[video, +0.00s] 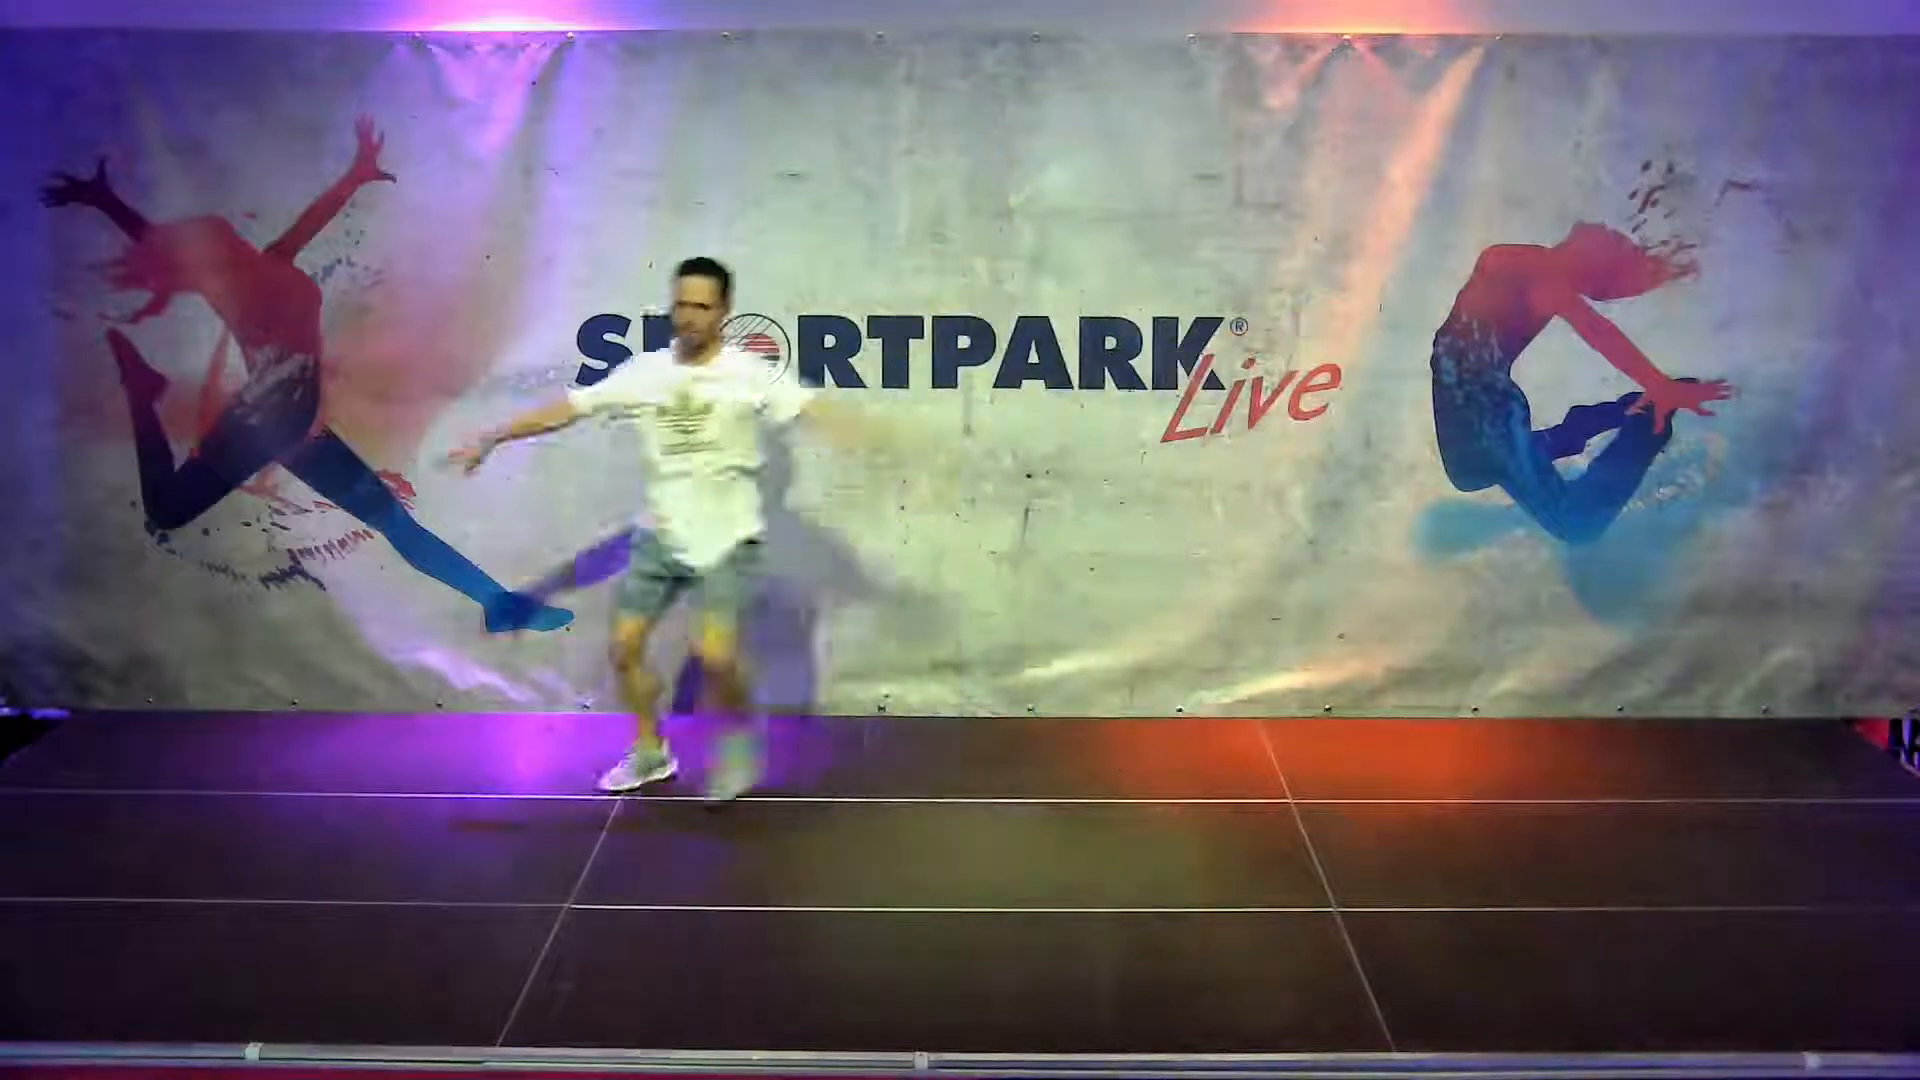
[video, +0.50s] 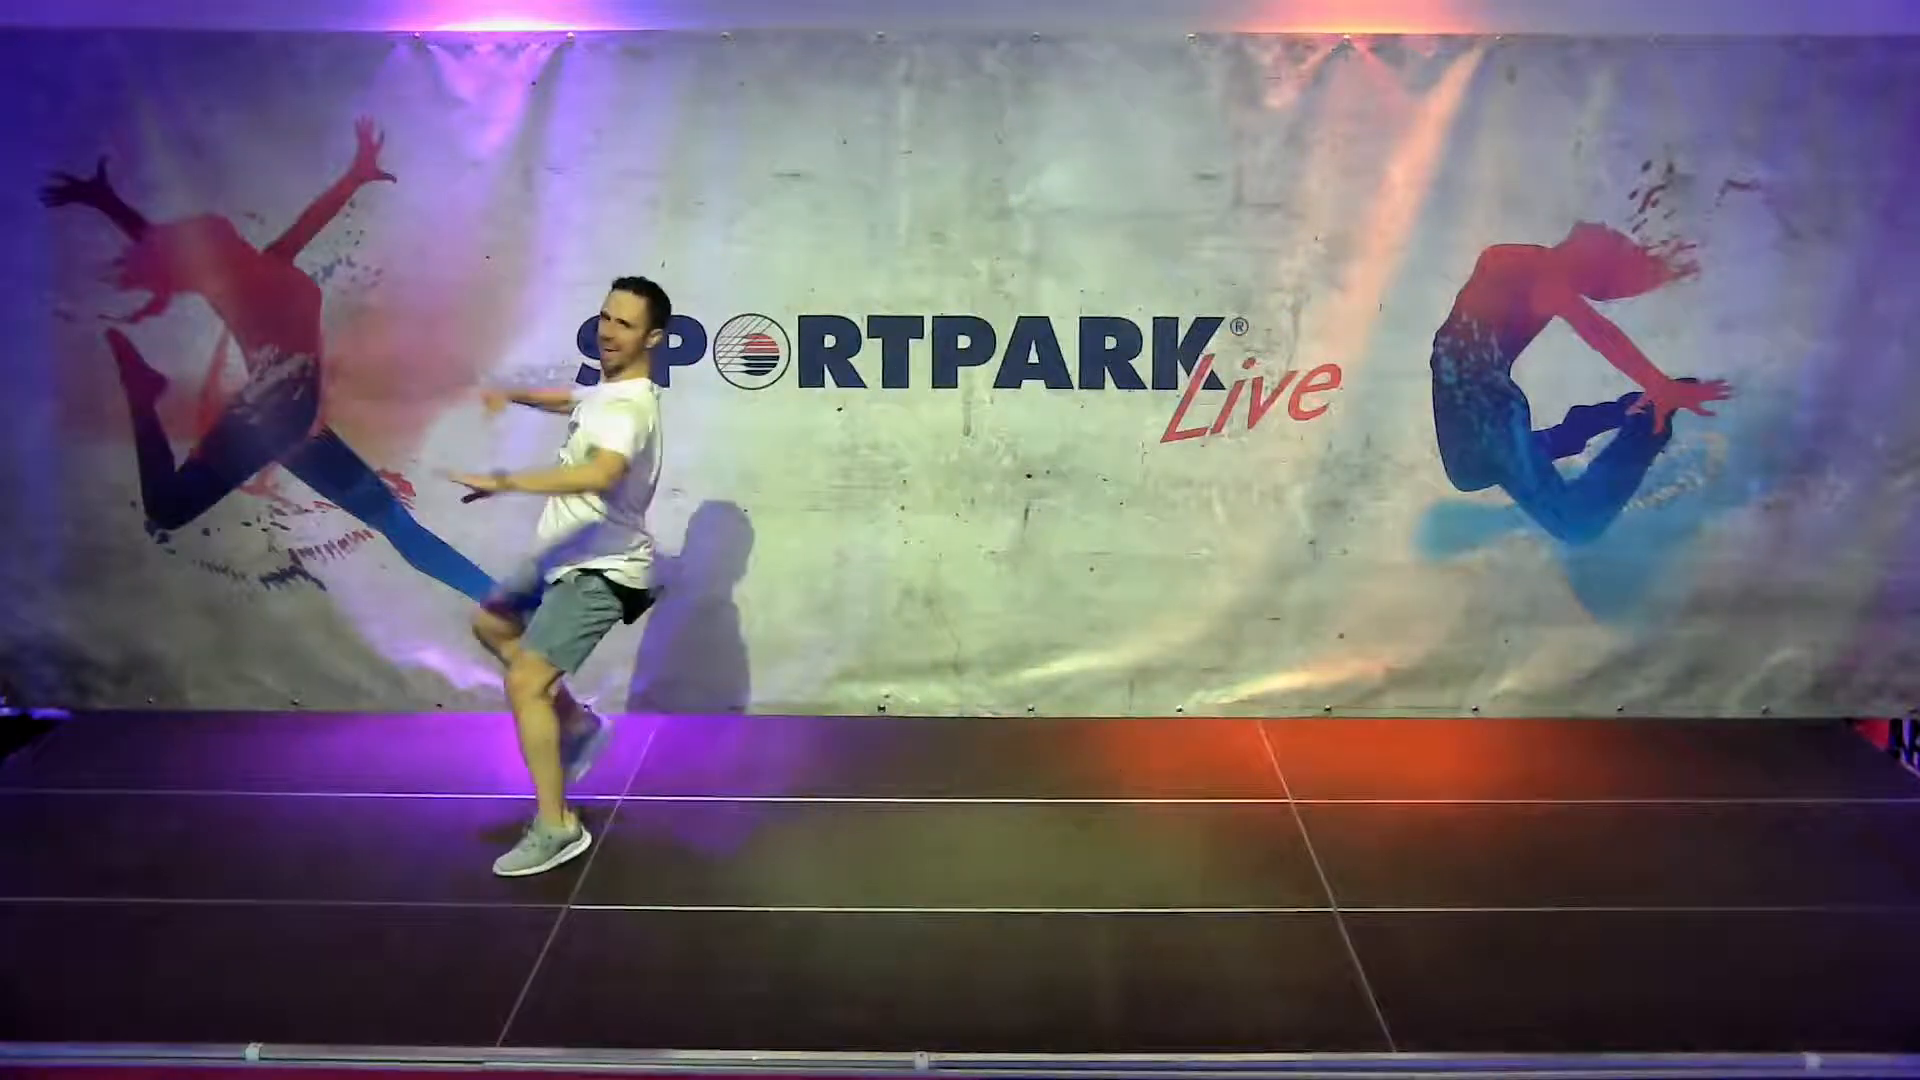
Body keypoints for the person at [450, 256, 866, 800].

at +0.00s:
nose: (687, 316)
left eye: (700, 307)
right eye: (681, 305)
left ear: (724, 313)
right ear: (672, 308)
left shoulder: (750, 375)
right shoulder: (646, 372)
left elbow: (817, 413)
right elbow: (571, 408)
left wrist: (879, 438)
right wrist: (494, 437)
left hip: (730, 536)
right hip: (662, 533)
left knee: (714, 652)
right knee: (625, 645)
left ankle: (740, 741)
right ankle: (650, 752)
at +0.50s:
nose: (607, 332)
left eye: (622, 325)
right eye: (606, 319)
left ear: (652, 338)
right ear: (603, 322)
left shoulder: (630, 404)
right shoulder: (611, 387)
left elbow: (602, 472)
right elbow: (574, 402)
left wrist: (507, 483)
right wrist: (513, 394)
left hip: (605, 568)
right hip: (571, 555)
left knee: (527, 681)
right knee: (492, 623)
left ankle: (556, 824)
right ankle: (575, 723)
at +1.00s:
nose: (744, 289)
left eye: (742, 277)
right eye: (737, 278)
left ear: (702, 287)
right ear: (713, 286)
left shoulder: (712, 349)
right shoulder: (677, 369)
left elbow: (728, 290)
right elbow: (650, 469)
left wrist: (745, 239)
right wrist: (658, 557)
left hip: (704, 528)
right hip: (648, 533)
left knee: (737, 632)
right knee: (619, 649)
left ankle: (709, 748)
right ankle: (580, 761)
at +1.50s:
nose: (954, 317)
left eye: (941, 307)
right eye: (959, 308)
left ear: (916, 313)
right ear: (963, 314)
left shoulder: (878, 376)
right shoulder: (988, 387)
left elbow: (793, 394)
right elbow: (1068, 416)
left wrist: (730, 379)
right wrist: (1119, 425)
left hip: (870, 549)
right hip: (944, 557)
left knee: (814, 640)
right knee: (999, 640)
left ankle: (749, 757)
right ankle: (1000, 767)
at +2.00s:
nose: (1289, 294)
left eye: (1282, 284)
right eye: (1285, 285)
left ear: (1233, 291)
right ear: (1274, 288)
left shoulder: (1198, 363)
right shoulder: (1319, 347)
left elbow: (1115, 399)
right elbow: (1397, 318)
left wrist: (1034, 427)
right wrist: (1402, 290)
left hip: (1245, 537)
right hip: (1318, 534)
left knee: (1229, 660)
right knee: (1375, 640)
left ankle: (1201, 792)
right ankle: (1333, 759)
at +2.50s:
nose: (1622, 327)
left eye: (1615, 318)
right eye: (1620, 317)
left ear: (1567, 321)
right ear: (1615, 321)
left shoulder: (1532, 393)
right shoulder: (1645, 389)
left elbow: (1456, 455)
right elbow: (1741, 421)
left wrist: (1419, 502)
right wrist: (1821, 439)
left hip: (1587, 571)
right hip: (1652, 555)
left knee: (1655, 687)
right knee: (1712, 660)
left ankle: (1703, 809)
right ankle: (1739, 800)